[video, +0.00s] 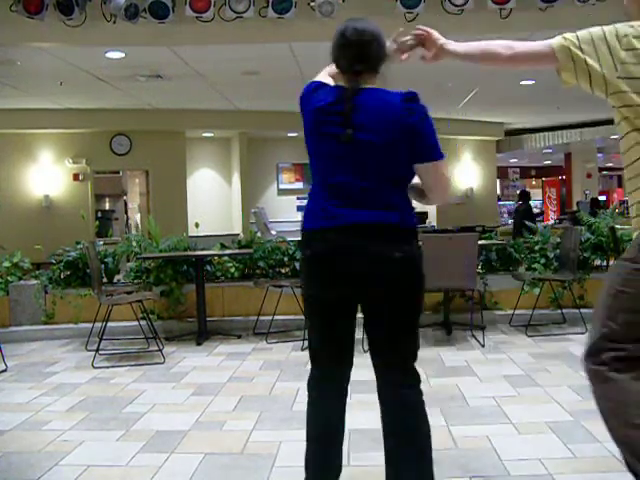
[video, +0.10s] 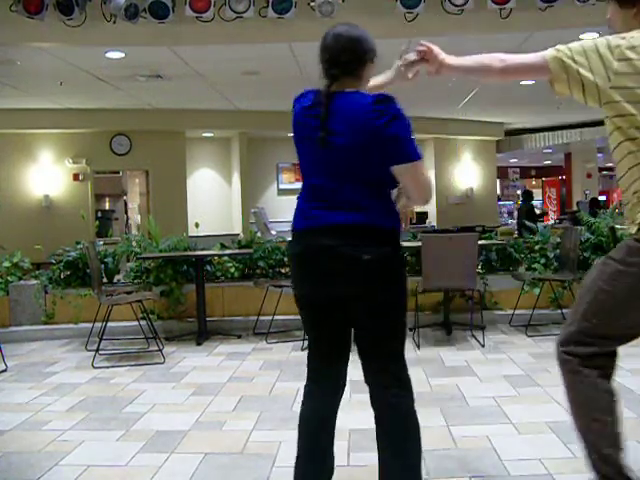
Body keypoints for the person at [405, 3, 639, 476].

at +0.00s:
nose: (624, 5)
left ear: (628, 7)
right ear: (629, 11)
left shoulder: (625, 41)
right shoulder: (621, 43)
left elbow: (521, 53)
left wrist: (448, 48)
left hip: (638, 237)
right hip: (633, 237)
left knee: (610, 357)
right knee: (614, 354)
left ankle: (637, 463)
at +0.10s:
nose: (609, 15)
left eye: (612, 6)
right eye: (610, 7)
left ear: (629, 7)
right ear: (636, 9)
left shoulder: (616, 50)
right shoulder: (620, 52)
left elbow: (509, 66)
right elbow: (511, 66)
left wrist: (447, 62)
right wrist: (447, 63)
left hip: (639, 240)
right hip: (634, 240)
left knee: (582, 348)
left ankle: (612, 474)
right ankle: (613, 470)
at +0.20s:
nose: (590, 32)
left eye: (594, 20)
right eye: (592, 21)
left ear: (618, 18)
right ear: (626, 19)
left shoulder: (605, 65)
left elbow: (492, 82)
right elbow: (495, 81)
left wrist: (441, 81)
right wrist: (445, 82)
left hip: (633, 247)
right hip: (631, 248)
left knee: (558, 348)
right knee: (638, 349)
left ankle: (541, 469)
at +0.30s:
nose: (568, 44)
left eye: (571, 33)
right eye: (567, 34)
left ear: (595, 30)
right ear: (619, 29)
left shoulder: (585, 77)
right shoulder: (634, 72)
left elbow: (481, 102)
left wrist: (433, 111)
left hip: (621, 251)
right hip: (633, 253)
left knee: (539, 353)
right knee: (637, 365)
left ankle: (480, 457)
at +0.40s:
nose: (536, 44)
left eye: (540, 35)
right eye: (536, 35)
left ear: (564, 34)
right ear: (588, 34)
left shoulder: (550, 82)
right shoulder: (633, 83)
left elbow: (473, 120)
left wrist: (432, 132)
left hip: (585, 254)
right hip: (635, 255)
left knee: (513, 357)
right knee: (636, 372)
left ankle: (458, 454)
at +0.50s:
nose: (500, 35)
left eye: (503, 23)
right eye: (500, 24)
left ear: (525, 25)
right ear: (552, 25)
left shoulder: (513, 79)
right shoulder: (597, 84)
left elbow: (445, 146)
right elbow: (620, 171)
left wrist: (419, 148)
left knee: (484, 352)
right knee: (615, 353)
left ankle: (449, 457)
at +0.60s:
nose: (466, 24)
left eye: (469, 14)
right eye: (467, 14)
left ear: (487, 17)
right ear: (522, 18)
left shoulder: (482, 76)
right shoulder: (562, 79)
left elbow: (445, 157)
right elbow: (582, 169)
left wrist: (404, 161)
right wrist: (540, 188)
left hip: (498, 238)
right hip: (555, 240)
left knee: (460, 348)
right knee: (575, 341)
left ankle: (447, 458)